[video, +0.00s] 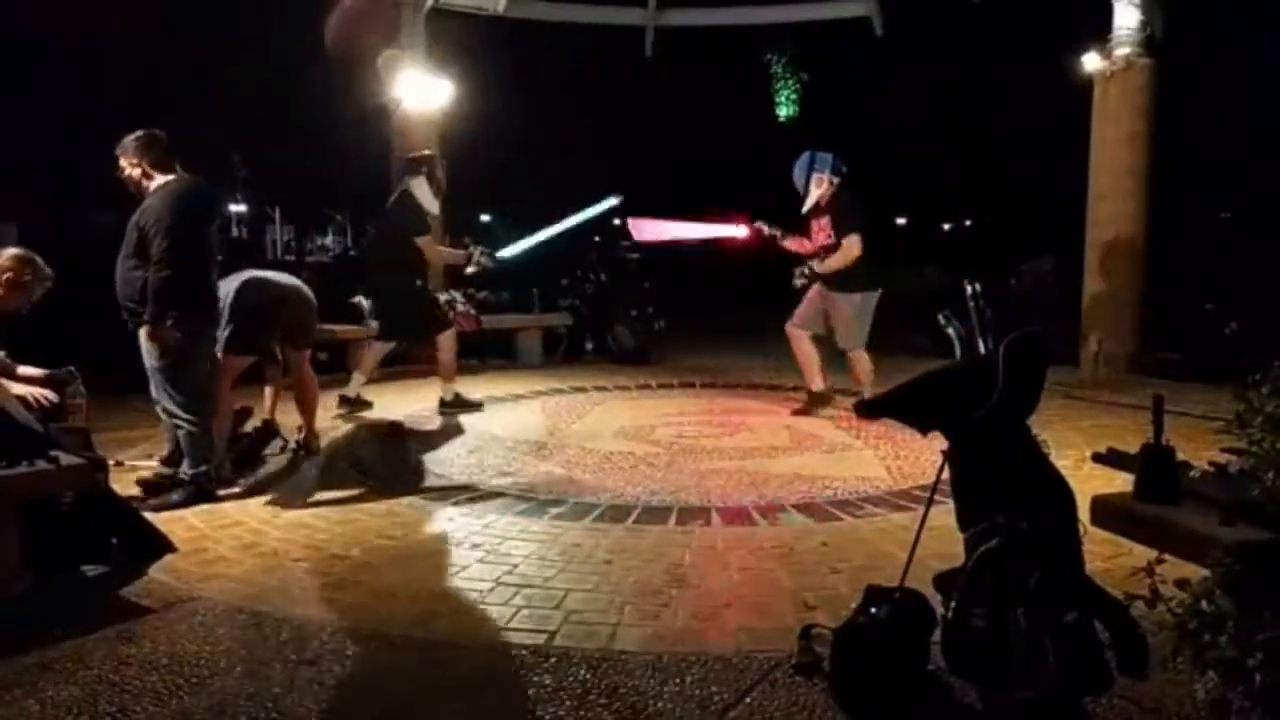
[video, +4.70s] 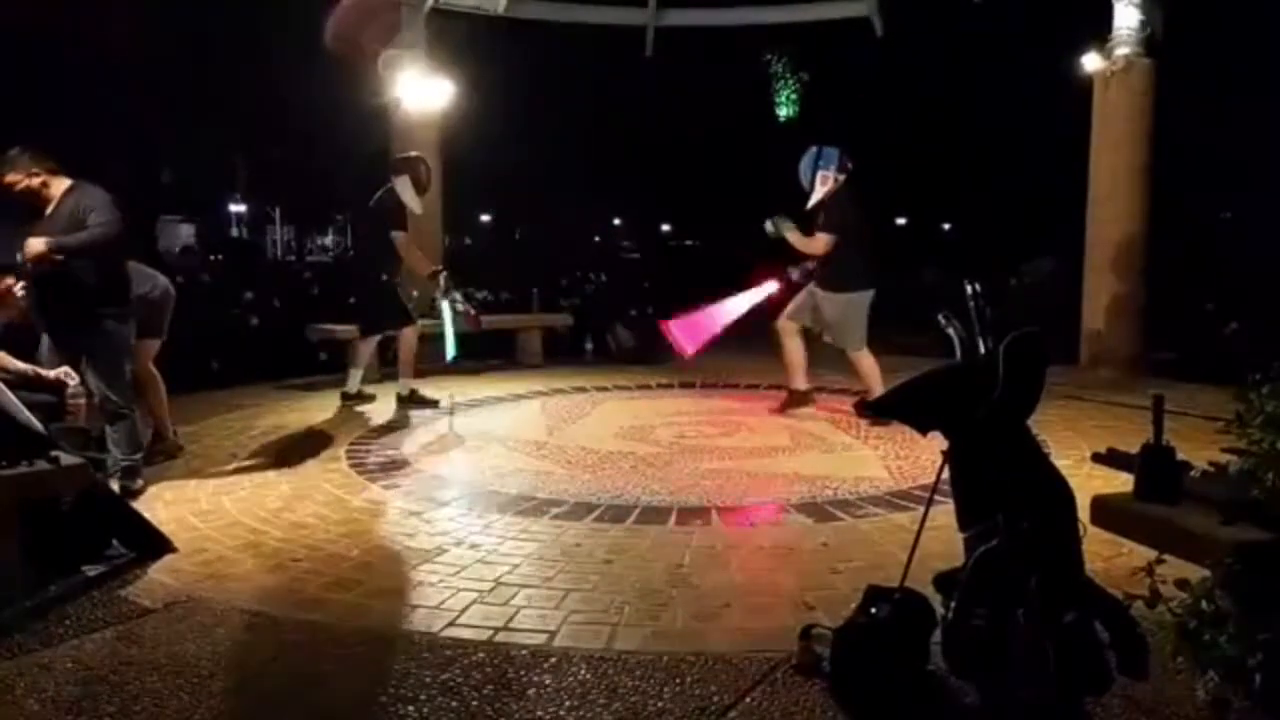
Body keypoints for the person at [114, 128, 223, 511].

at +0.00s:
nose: (124, 175)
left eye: (125, 166)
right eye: (122, 168)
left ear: (140, 164)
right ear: (158, 159)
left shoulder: (166, 203)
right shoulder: (186, 193)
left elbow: (165, 266)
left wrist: (154, 320)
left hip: (171, 318)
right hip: (181, 313)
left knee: (181, 400)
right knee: (167, 397)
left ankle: (198, 475)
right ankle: (177, 462)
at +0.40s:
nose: (97, 184)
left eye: (98, 175)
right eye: (95, 176)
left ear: (117, 171)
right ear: (125, 169)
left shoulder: (148, 207)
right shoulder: (148, 200)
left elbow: (150, 266)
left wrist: (140, 318)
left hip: (146, 319)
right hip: (132, 316)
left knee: (166, 402)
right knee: (134, 394)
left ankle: (196, 474)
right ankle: (128, 460)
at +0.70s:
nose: (57, 192)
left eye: (59, 184)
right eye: (54, 186)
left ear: (81, 175)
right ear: (81, 177)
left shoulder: (126, 202)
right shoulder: (99, 207)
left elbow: (149, 249)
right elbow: (101, 262)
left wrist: (133, 298)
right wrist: (83, 305)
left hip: (120, 317)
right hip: (93, 319)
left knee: (142, 395)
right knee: (103, 397)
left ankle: (180, 469)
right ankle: (115, 464)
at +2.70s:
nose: (73, 192)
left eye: (79, 185)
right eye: (69, 185)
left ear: (99, 177)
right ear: (66, 180)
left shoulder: (139, 205)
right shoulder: (75, 210)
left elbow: (168, 249)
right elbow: (70, 258)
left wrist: (119, 259)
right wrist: (63, 292)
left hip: (129, 321)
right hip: (87, 320)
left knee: (131, 400)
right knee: (100, 400)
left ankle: (141, 468)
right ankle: (111, 464)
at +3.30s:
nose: (27, 196)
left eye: (30, 187)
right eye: (24, 189)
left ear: (53, 177)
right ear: (40, 182)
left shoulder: (105, 206)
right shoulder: (39, 218)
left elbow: (139, 250)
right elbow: (32, 272)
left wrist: (130, 302)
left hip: (103, 324)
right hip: (60, 328)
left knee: (123, 400)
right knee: (59, 402)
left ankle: (141, 466)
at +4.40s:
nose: (2, 207)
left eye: (2, 200)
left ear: (10, 187)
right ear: (4, 193)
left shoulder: (66, 199)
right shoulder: (7, 231)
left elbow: (114, 225)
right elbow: (7, 282)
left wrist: (95, 266)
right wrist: (15, 310)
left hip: (89, 316)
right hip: (45, 325)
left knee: (105, 395)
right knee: (43, 401)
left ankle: (126, 471)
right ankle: (62, 473)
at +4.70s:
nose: (17, 195)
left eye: (17, 186)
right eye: (13, 189)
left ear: (35, 174)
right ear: (31, 179)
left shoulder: (90, 197)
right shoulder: (43, 213)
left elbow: (108, 233)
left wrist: (52, 244)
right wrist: (26, 272)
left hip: (104, 314)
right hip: (61, 317)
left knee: (113, 397)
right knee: (54, 393)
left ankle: (127, 471)